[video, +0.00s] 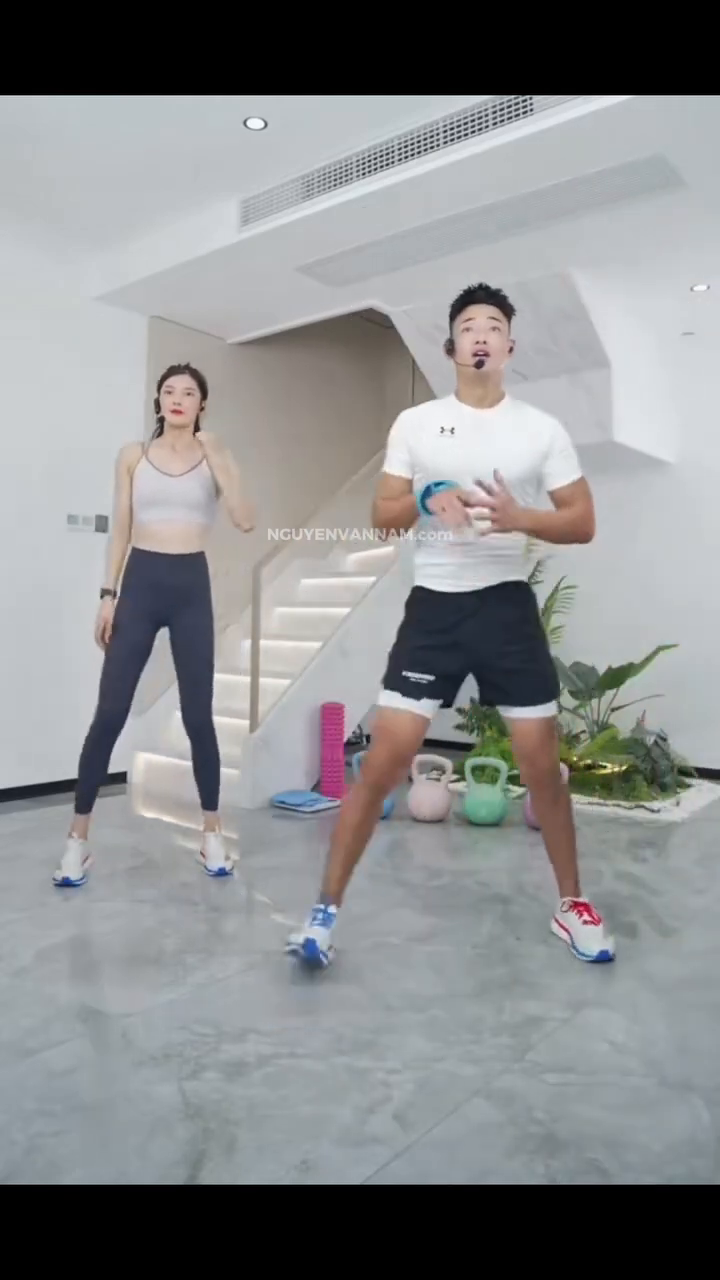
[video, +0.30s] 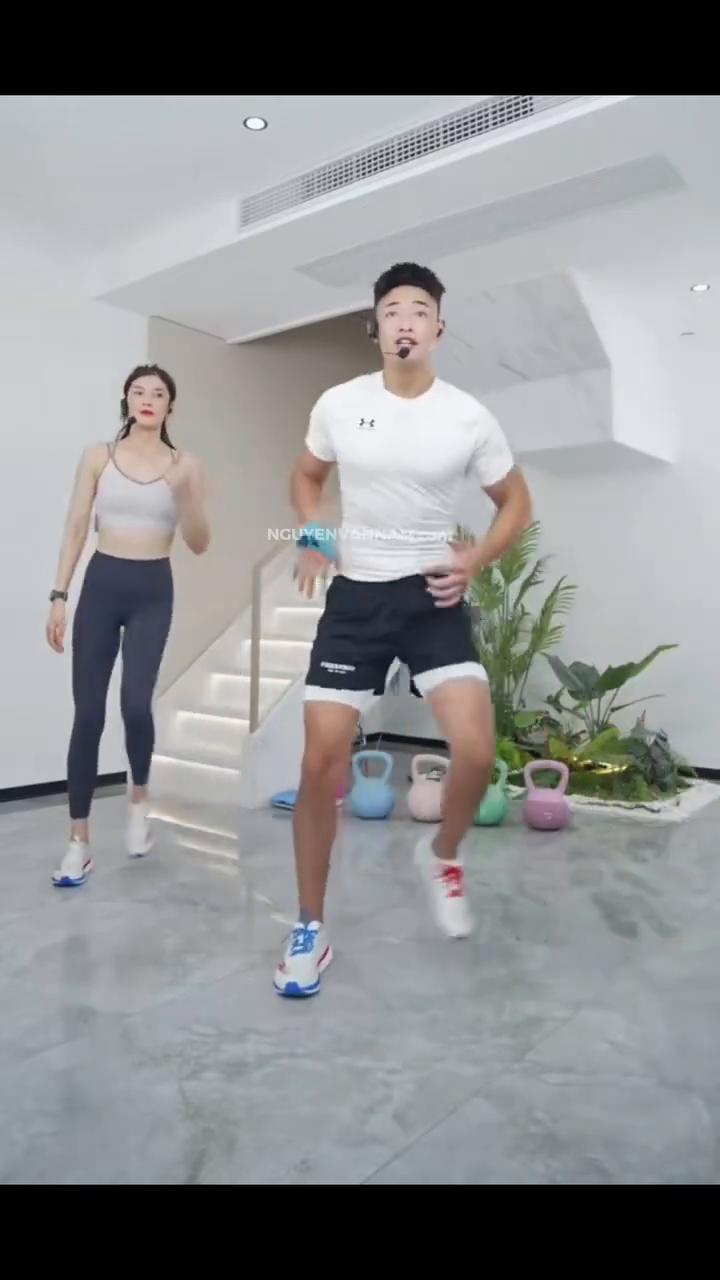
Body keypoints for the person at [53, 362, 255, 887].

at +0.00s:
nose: (178, 399)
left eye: (188, 393)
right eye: (171, 391)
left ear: (202, 405)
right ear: (158, 400)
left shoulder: (215, 455)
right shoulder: (134, 455)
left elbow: (244, 519)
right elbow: (122, 530)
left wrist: (214, 454)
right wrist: (109, 595)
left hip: (193, 588)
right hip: (139, 586)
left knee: (198, 715)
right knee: (109, 716)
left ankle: (212, 832)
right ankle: (78, 835)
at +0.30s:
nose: (148, 400)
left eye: (157, 394)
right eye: (140, 392)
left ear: (170, 406)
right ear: (126, 401)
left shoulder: (184, 464)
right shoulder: (98, 457)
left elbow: (199, 543)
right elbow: (77, 529)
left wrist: (186, 490)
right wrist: (59, 597)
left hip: (153, 589)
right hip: (100, 585)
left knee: (136, 707)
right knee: (88, 715)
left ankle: (139, 799)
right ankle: (78, 837)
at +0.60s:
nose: (146, 400)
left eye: (155, 394)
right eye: (137, 392)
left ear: (166, 406)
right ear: (121, 402)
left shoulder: (184, 464)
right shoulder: (96, 460)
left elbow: (208, 541)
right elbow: (81, 533)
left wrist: (194, 491)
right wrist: (71, 603)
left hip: (159, 595)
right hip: (104, 593)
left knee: (185, 708)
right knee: (87, 718)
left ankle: (168, 812)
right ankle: (78, 838)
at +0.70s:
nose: (156, 396)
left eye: (165, 390)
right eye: (146, 389)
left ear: (175, 403)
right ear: (131, 400)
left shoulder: (195, 462)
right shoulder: (108, 458)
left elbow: (212, 538)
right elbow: (93, 533)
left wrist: (201, 487)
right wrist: (86, 601)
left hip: (171, 594)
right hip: (115, 592)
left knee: (213, 708)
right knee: (96, 718)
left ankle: (227, 815)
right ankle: (79, 839)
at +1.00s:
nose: (201, 406)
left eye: (210, 399)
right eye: (192, 400)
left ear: (223, 410)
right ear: (180, 411)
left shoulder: (247, 463)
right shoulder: (165, 473)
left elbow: (282, 524)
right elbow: (154, 550)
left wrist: (239, 497)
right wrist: (142, 617)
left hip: (245, 598)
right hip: (191, 600)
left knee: (257, 716)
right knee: (147, 712)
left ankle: (272, 830)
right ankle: (103, 825)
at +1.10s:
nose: (213, 404)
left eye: (222, 398)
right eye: (204, 398)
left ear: (236, 409)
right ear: (192, 410)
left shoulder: (260, 461)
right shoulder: (179, 471)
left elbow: (292, 524)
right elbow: (173, 549)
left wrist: (250, 499)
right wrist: (163, 616)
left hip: (256, 593)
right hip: (204, 594)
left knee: (262, 713)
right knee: (181, 707)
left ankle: (272, 828)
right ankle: (161, 798)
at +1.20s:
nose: (220, 400)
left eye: (229, 393)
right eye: (212, 394)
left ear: (244, 405)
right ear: (200, 406)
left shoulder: (268, 458)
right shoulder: (187, 464)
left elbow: (295, 525)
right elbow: (185, 539)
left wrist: (257, 502)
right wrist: (181, 604)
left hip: (258, 586)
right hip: (207, 588)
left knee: (262, 713)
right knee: (220, 713)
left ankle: (272, 827)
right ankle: (223, 812)